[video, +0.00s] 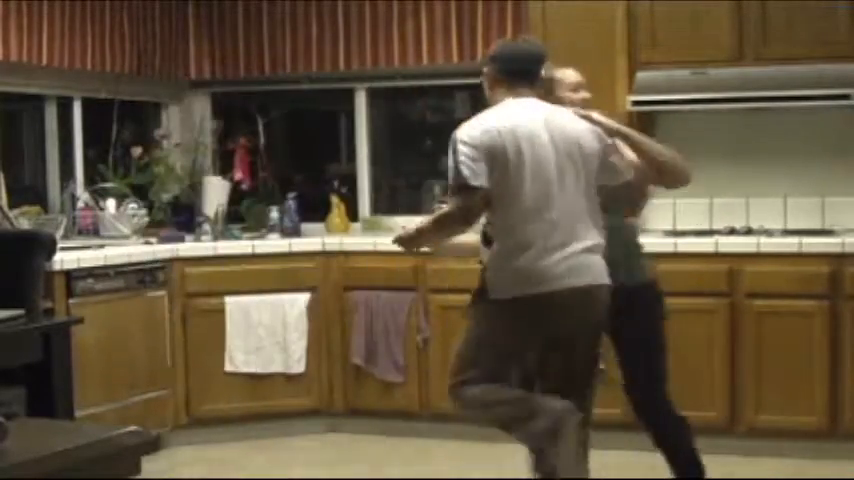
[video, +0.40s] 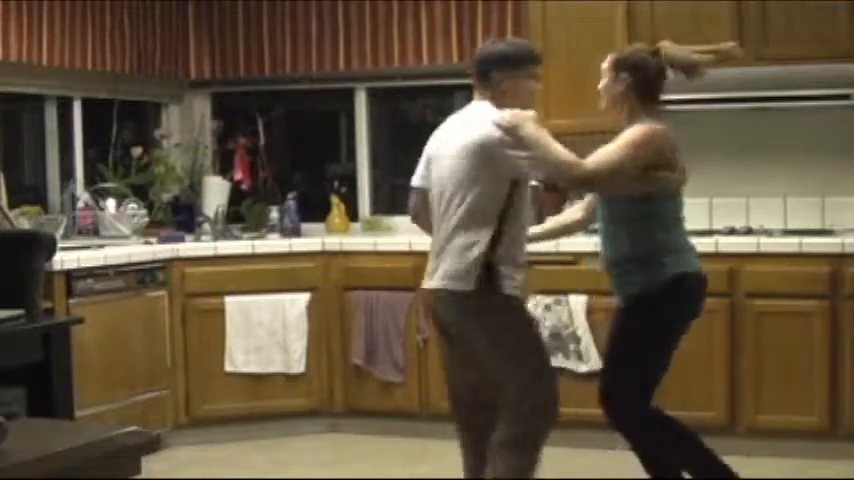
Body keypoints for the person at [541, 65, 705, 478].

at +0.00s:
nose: (584, 97)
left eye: (585, 89)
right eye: (572, 89)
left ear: (590, 96)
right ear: (547, 99)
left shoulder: (610, 148)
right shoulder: (536, 153)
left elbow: (678, 176)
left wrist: (607, 125)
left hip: (628, 282)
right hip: (572, 283)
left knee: (649, 401)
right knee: (564, 401)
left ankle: (691, 472)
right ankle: (562, 471)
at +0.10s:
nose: (601, 95)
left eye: (607, 87)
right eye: (589, 88)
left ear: (617, 97)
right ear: (565, 99)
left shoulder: (628, 151)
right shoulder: (559, 155)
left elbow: (671, 170)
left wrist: (597, 123)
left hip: (654, 285)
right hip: (600, 291)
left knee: (654, 405)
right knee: (556, 389)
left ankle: (713, 472)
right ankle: (622, 472)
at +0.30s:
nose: (590, 91)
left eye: (599, 81)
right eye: (592, 81)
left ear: (629, 88)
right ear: (621, 89)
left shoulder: (655, 142)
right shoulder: (605, 151)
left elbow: (608, 175)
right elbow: (572, 219)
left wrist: (557, 126)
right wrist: (529, 239)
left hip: (667, 290)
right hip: (628, 294)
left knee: (634, 404)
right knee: (604, 399)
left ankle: (732, 471)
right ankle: (666, 475)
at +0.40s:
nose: (597, 87)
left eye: (604, 77)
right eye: (600, 77)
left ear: (626, 83)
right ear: (632, 85)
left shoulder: (650, 136)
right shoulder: (625, 146)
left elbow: (581, 174)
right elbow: (580, 216)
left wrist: (529, 128)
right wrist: (521, 235)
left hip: (668, 287)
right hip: (646, 289)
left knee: (623, 402)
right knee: (622, 403)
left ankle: (716, 474)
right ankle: (671, 473)